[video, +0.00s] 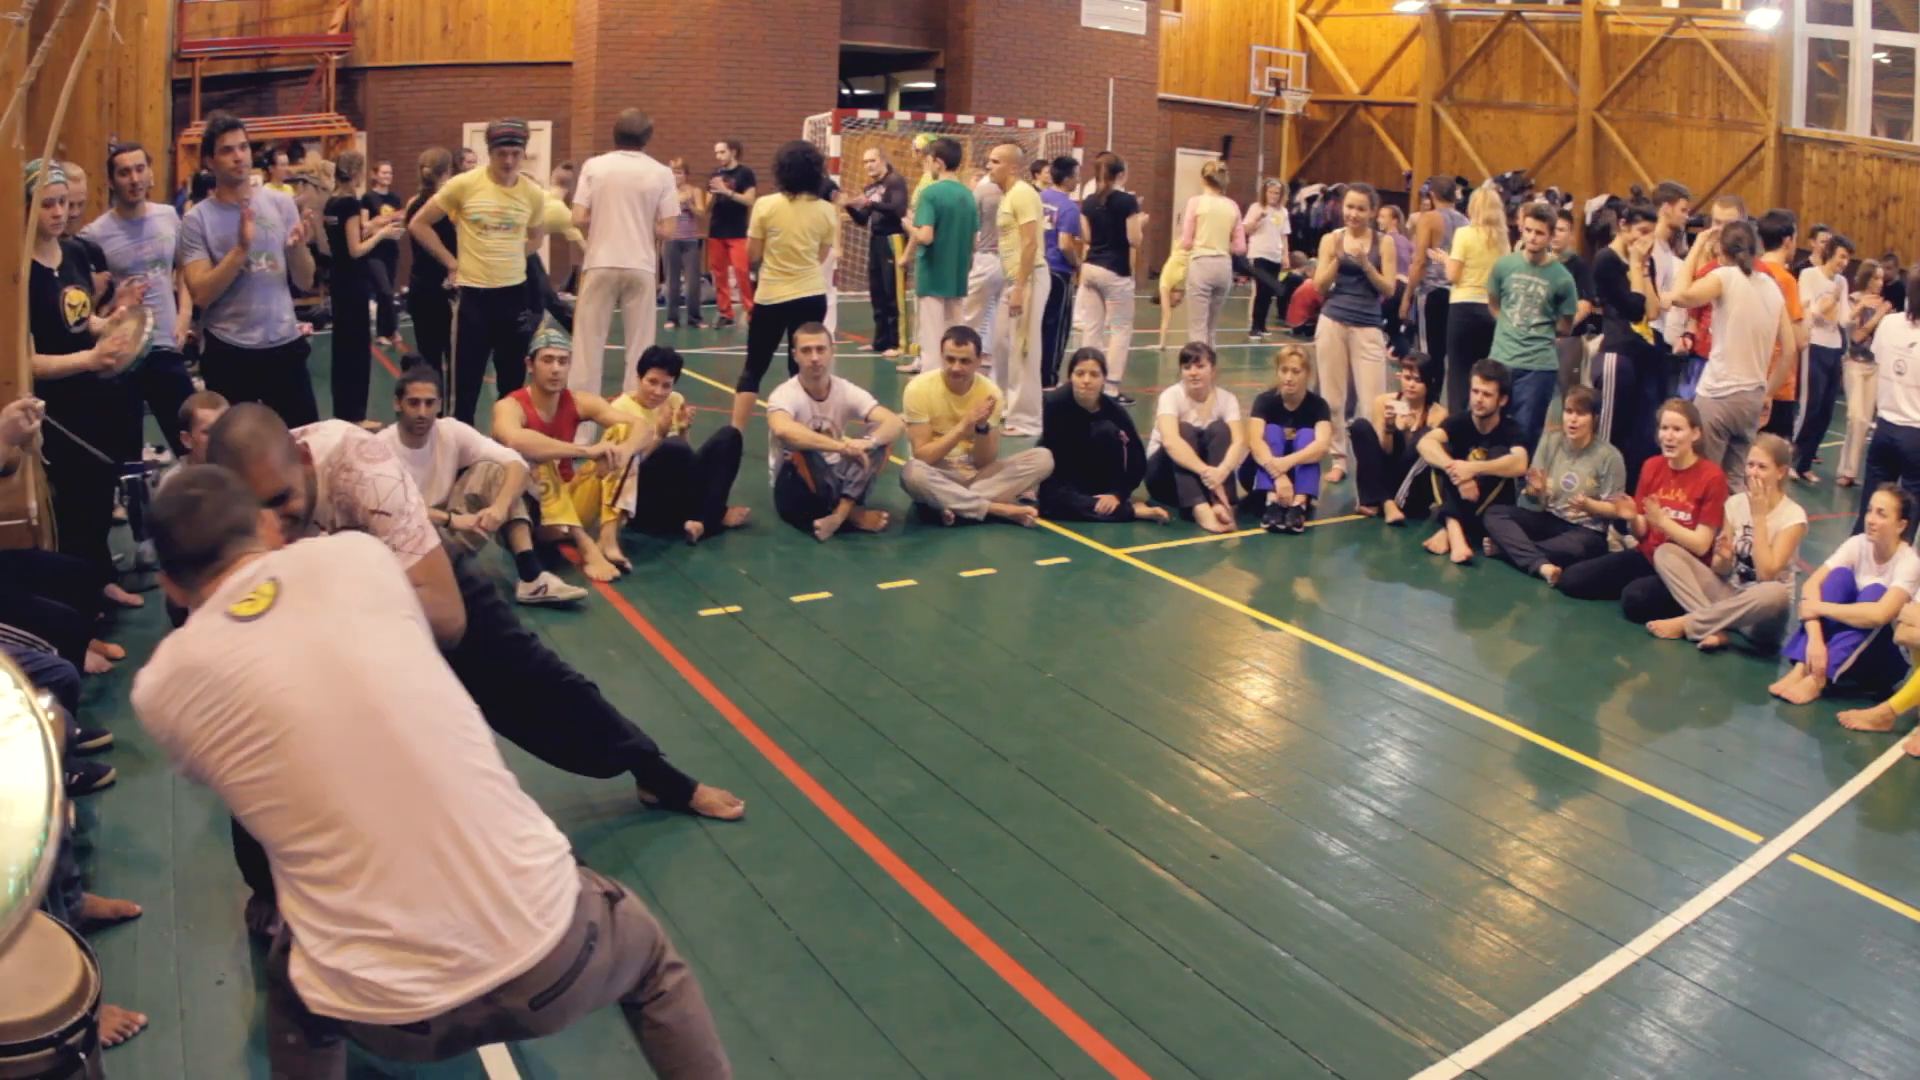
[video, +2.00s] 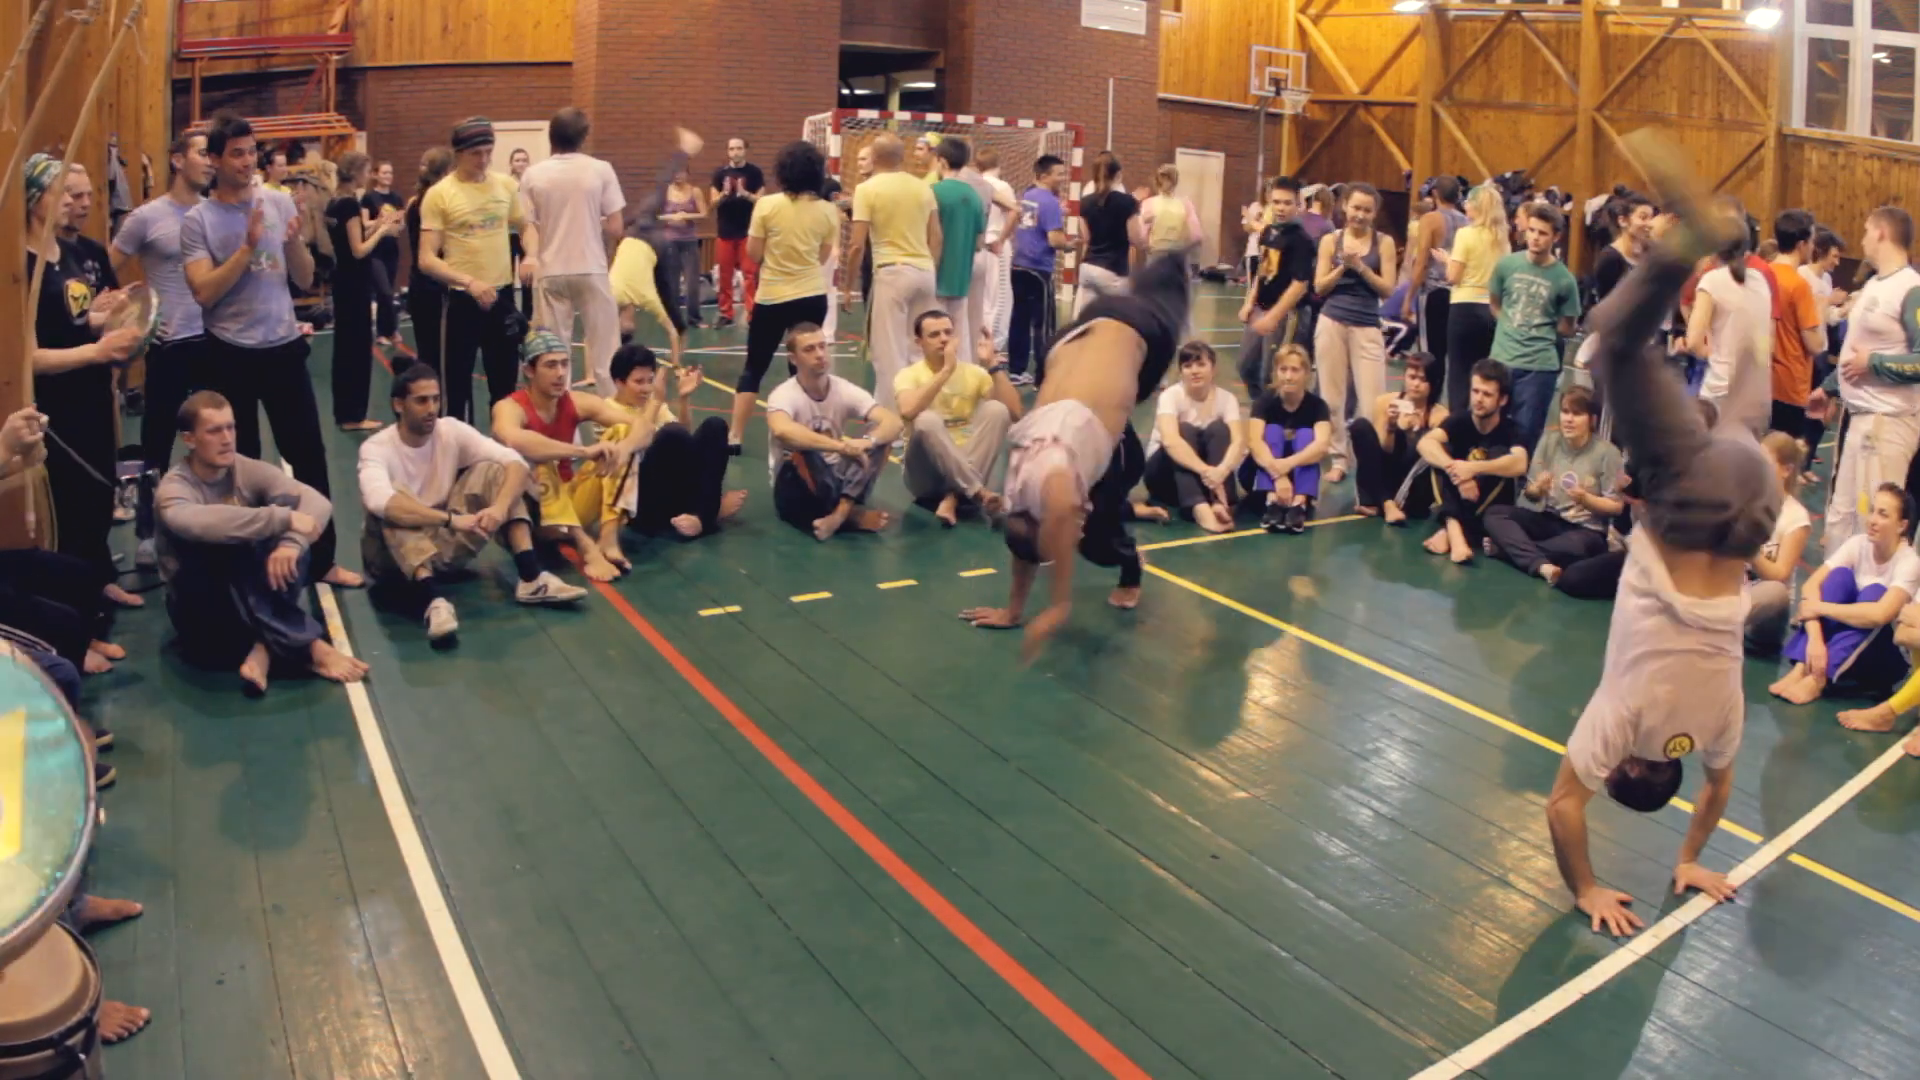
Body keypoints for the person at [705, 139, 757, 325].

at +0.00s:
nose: (719, 156)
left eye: (722, 152)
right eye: (717, 153)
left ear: (734, 152)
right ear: (715, 155)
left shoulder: (745, 173)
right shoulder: (716, 174)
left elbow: (750, 199)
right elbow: (708, 206)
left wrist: (725, 191)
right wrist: (714, 192)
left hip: (737, 233)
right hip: (716, 232)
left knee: (741, 271)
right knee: (719, 274)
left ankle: (749, 309)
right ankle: (725, 312)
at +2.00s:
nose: (735, 152)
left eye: (739, 148)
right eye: (732, 149)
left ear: (746, 151)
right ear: (727, 152)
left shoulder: (754, 172)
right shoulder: (720, 174)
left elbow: (761, 200)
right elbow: (713, 202)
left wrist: (745, 193)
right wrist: (724, 193)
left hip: (748, 232)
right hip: (725, 233)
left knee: (750, 273)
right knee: (724, 276)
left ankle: (752, 312)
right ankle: (725, 312)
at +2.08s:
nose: (737, 152)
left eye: (741, 148)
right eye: (734, 149)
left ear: (748, 151)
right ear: (729, 152)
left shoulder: (756, 173)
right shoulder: (722, 173)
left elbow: (762, 200)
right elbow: (718, 195)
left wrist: (744, 193)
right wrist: (727, 195)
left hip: (749, 232)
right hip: (727, 233)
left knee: (751, 273)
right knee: (725, 275)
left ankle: (752, 312)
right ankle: (725, 312)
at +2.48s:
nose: (751, 157)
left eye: (754, 153)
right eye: (748, 153)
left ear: (761, 154)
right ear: (743, 154)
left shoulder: (767, 174)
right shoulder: (734, 173)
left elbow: (771, 201)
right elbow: (727, 200)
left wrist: (754, 194)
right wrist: (741, 194)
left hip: (758, 231)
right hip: (735, 231)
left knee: (756, 272)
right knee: (729, 271)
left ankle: (754, 312)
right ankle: (726, 311)